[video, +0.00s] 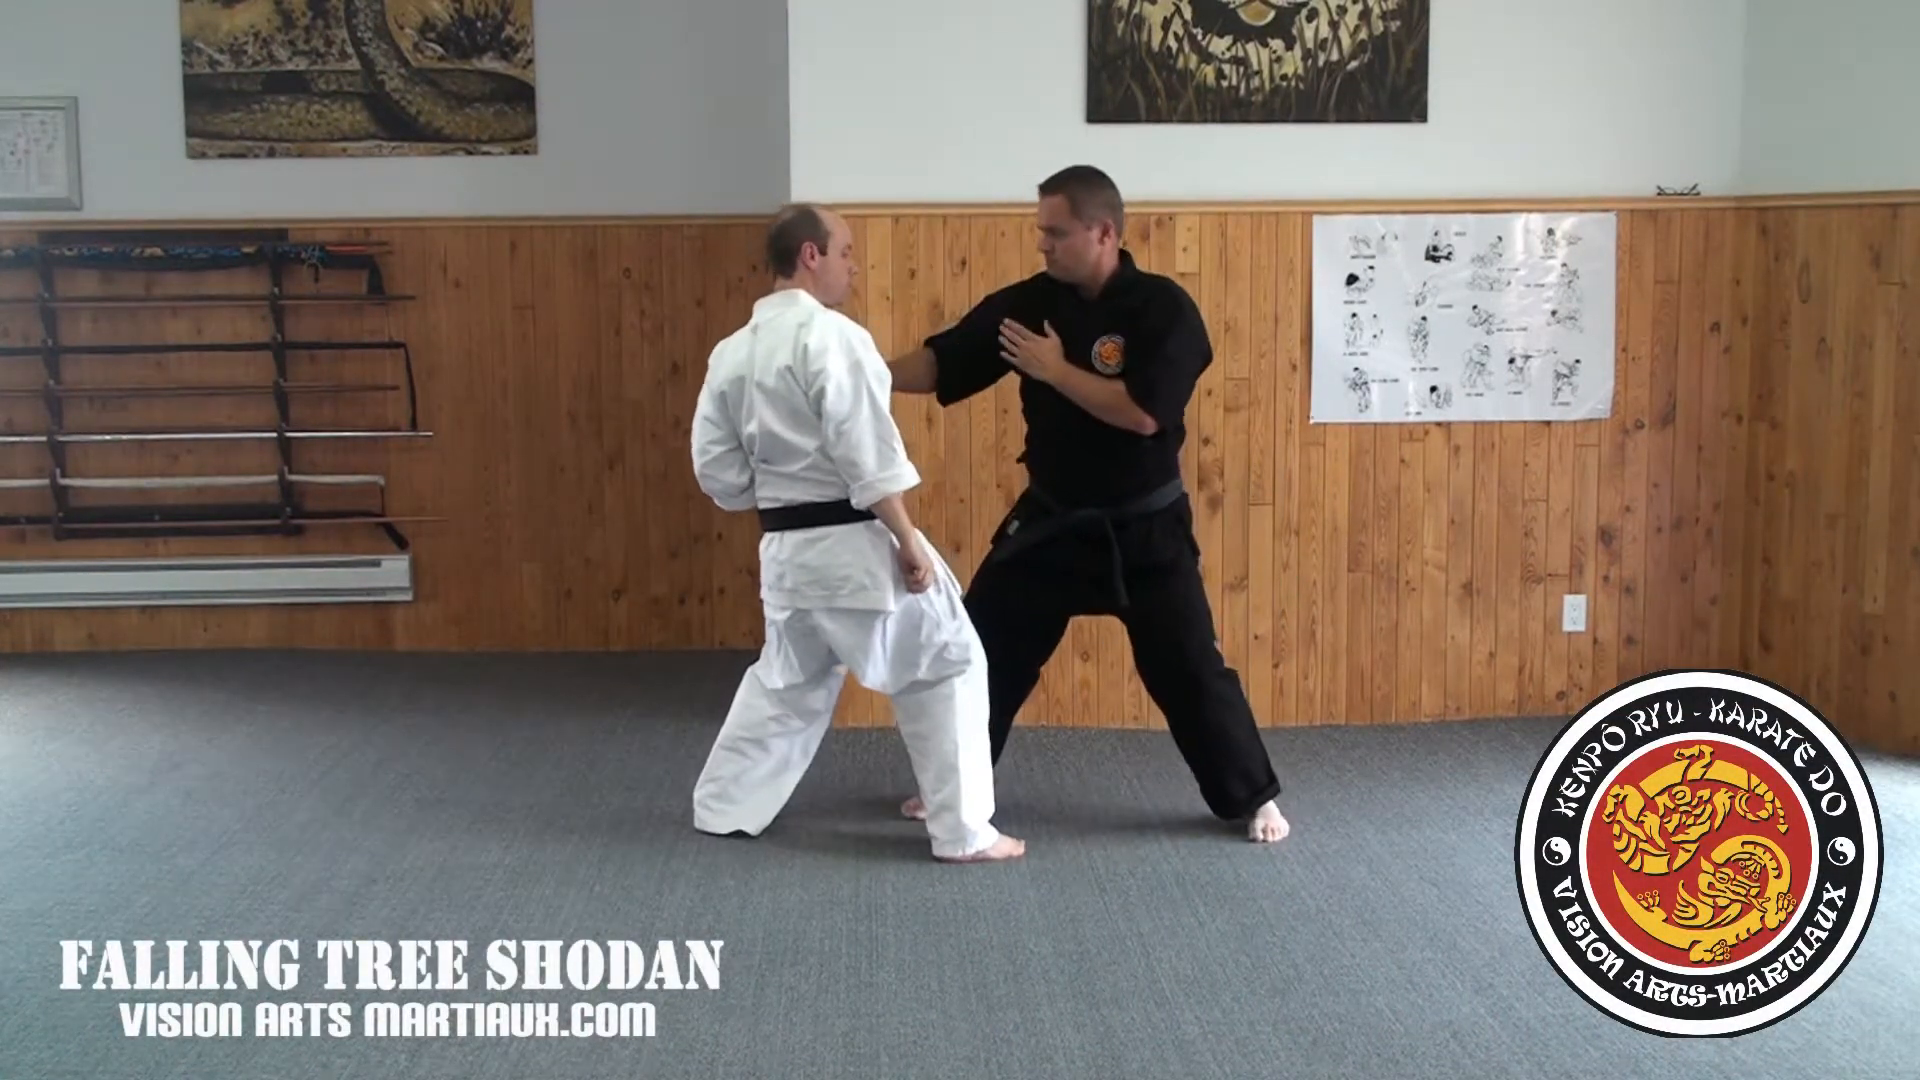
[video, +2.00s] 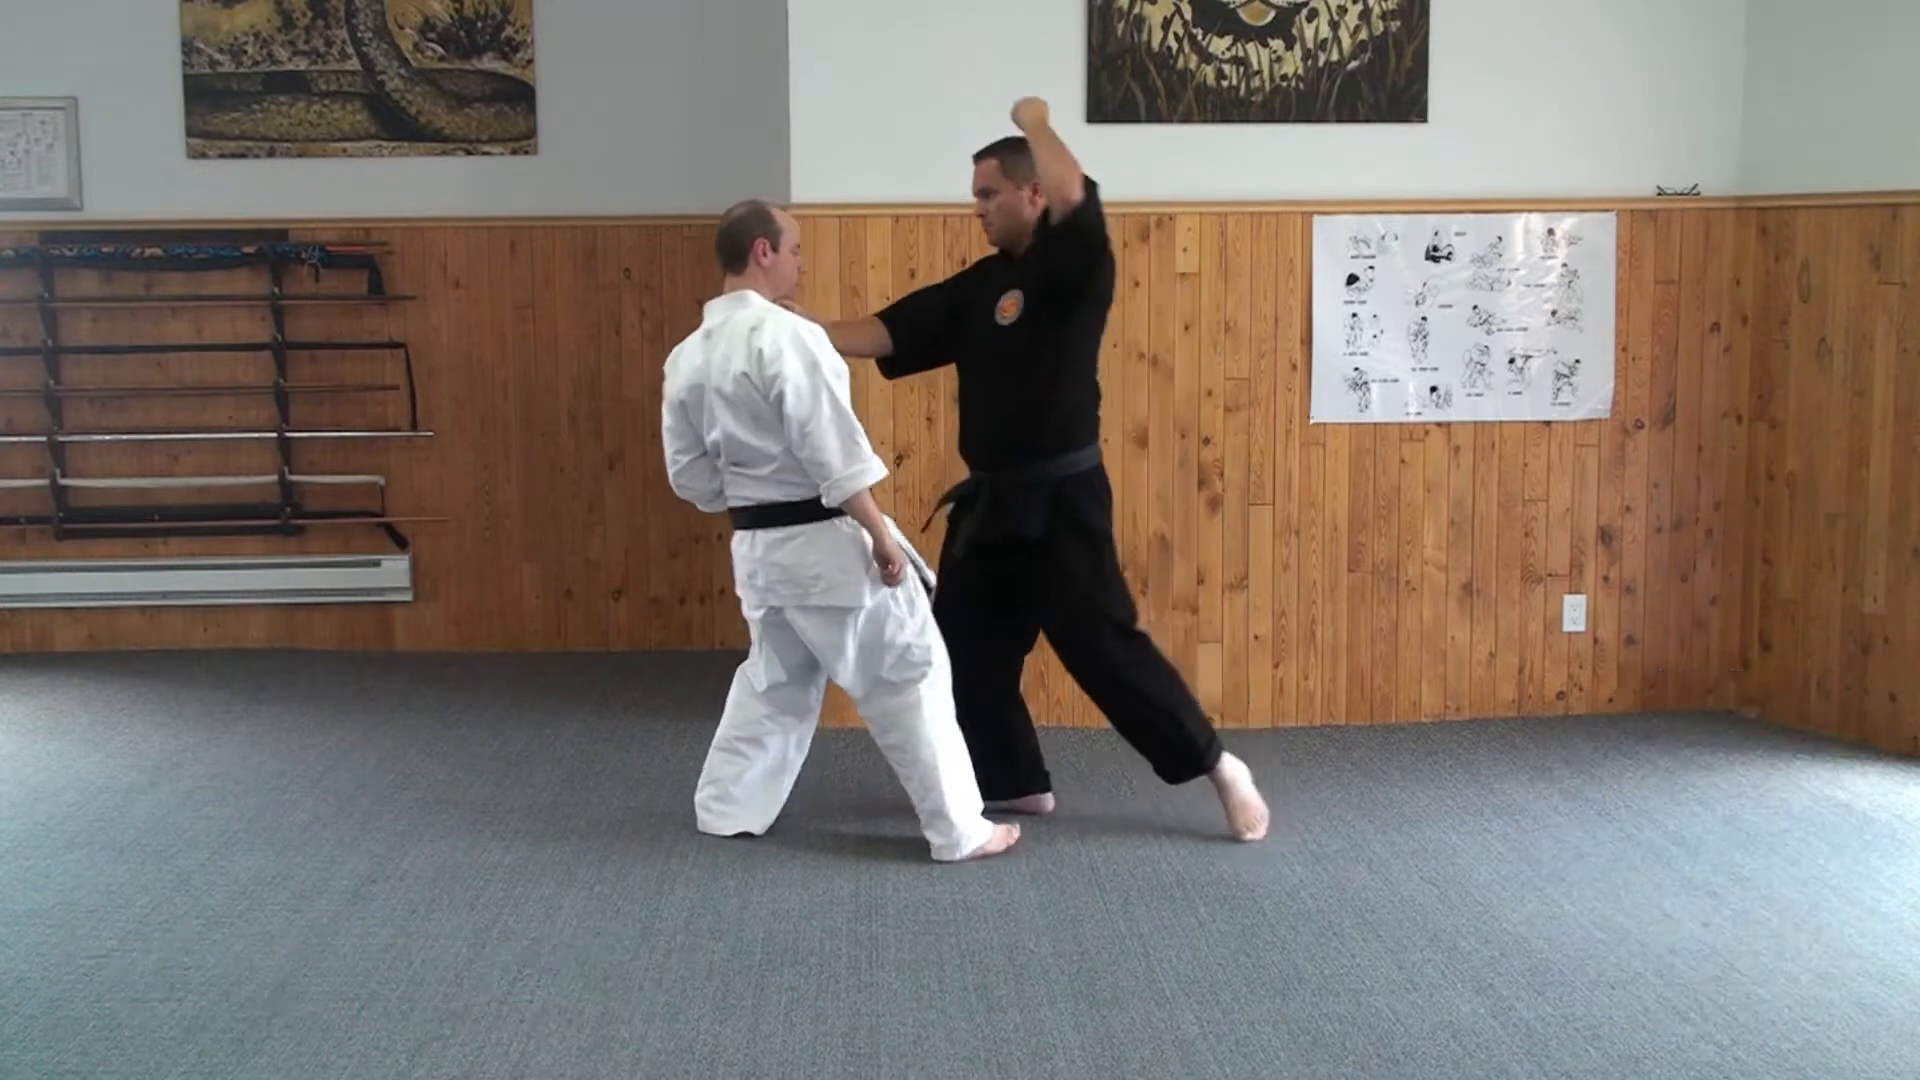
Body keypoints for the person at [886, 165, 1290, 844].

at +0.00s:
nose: (1041, 245)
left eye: (1053, 233)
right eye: (1039, 232)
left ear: (1104, 235)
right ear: (1086, 235)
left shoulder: (1164, 310)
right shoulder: (1027, 307)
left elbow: (1147, 413)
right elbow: (940, 361)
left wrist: (1056, 371)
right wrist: (860, 377)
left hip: (1146, 526)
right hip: (1049, 522)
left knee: (1188, 667)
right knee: (981, 652)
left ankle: (1255, 798)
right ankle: (954, 786)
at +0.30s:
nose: (1037, 230)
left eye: (1047, 217)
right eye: (1035, 218)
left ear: (1096, 219)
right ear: (1085, 221)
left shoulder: (1140, 294)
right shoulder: (1055, 296)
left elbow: (1067, 383)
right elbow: (975, 359)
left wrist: (1006, 315)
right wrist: (890, 383)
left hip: (1135, 517)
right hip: (1055, 514)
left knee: (1170, 665)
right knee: (994, 654)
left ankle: (1254, 792)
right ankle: (963, 787)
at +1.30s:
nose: (1049, 242)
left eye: (1062, 228)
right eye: (1046, 229)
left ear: (1110, 229)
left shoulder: (1174, 308)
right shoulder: (1033, 307)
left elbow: (1173, 417)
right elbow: (922, 321)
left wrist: (1074, 384)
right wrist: (830, 317)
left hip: (1142, 530)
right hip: (1043, 526)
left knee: (1197, 669)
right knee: (973, 653)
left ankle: (1257, 796)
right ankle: (946, 785)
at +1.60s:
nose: (1045, 218)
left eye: (1057, 205)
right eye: (1043, 206)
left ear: (1107, 202)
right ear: (1057, 209)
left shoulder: (1184, 283)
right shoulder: (1034, 297)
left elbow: (1239, 359)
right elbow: (937, 354)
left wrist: (1149, 307)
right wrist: (849, 348)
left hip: (1157, 512)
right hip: (1059, 513)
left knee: (1200, 659)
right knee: (989, 646)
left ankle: (1259, 800)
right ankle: (962, 782)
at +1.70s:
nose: (1032, 212)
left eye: (1043, 199)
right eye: (1030, 200)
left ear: (1090, 196)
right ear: (1070, 201)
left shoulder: (1160, 272)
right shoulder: (1027, 292)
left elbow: (1219, 302)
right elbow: (926, 354)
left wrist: (1131, 237)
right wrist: (833, 345)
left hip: (1143, 507)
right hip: (1049, 511)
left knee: (1189, 649)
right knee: (984, 639)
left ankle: (1258, 792)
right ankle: (1016, 777)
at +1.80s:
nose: (1015, 214)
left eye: (1025, 200)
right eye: (1013, 202)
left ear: (1074, 199)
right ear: (1051, 205)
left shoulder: (1125, 276)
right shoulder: (1011, 294)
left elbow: (1176, 253)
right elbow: (912, 350)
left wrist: (1106, 182)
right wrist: (824, 345)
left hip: (1118, 507)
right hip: (1030, 511)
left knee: (1172, 643)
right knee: (978, 639)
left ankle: (1259, 784)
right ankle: (1021, 781)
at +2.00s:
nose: (977, 207)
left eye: (987, 193)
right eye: (975, 196)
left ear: (1033, 193)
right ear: (992, 202)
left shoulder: (1072, 262)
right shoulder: (976, 287)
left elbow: (1073, 197)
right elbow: (883, 333)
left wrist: (1037, 130)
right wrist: (792, 333)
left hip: (1063, 491)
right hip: (991, 495)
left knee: (1101, 642)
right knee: (967, 644)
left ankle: (1218, 767)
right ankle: (1017, 784)